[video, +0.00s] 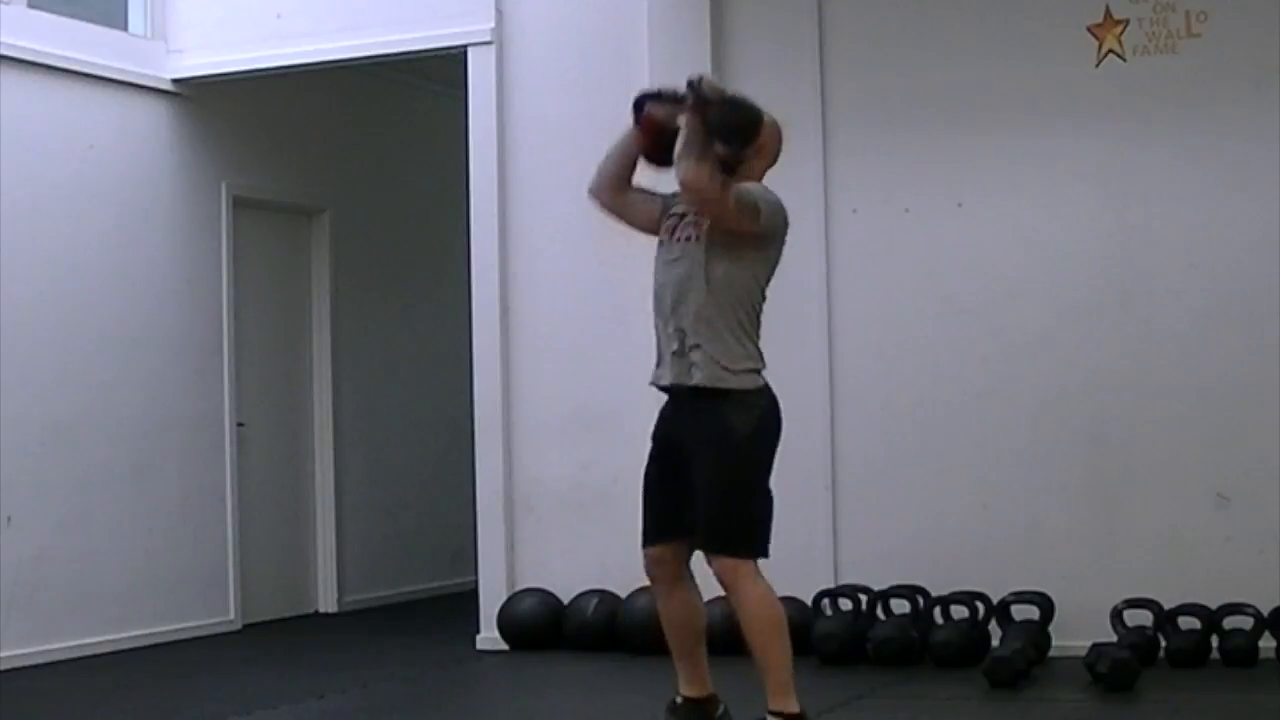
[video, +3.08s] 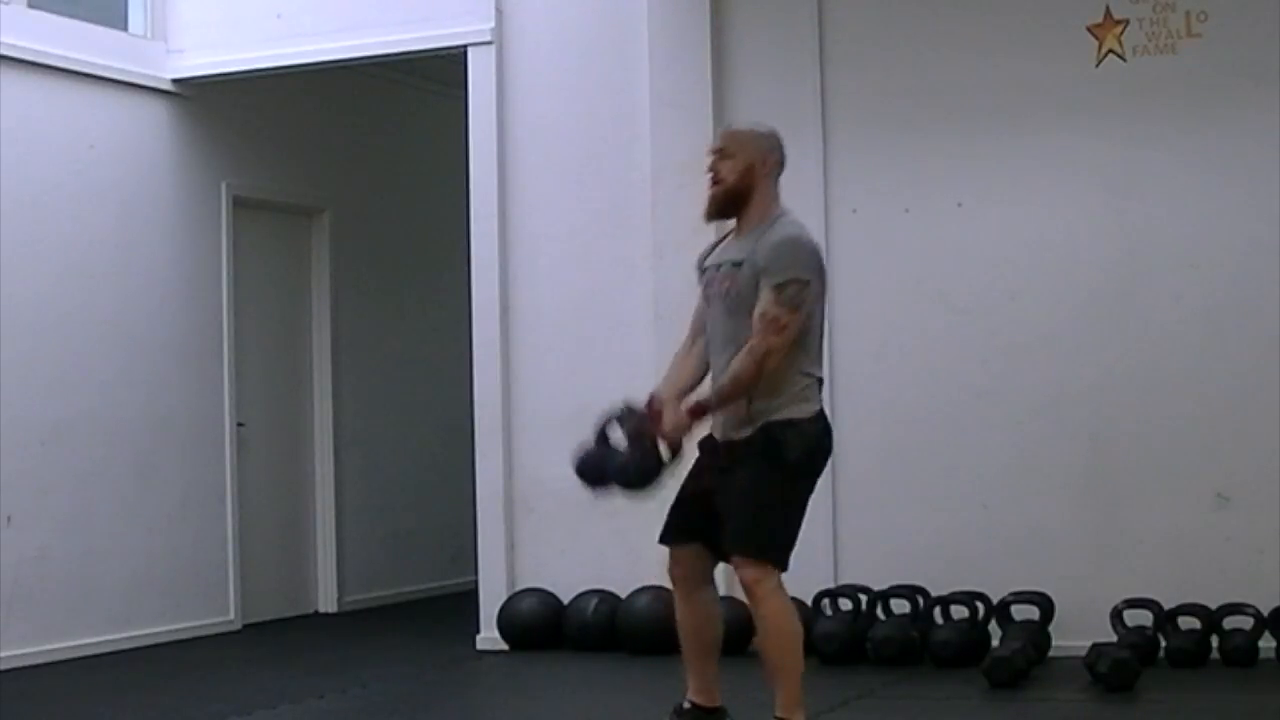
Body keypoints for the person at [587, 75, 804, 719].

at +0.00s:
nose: (681, 155)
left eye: (690, 144)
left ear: (720, 150)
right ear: (737, 148)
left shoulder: (765, 212)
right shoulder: (678, 213)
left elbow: (698, 192)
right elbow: (610, 190)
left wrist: (692, 125)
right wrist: (640, 131)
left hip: (739, 410)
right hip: (682, 409)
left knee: (732, 561)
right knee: (664, 560)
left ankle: (785, 709)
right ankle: (695, 699)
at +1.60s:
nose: (703, 150)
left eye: (718, 141)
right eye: (705, 140)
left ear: (755, 160)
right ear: (708, 159)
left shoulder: (773, 229)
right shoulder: (695, 233)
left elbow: (710, 288)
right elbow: (641, 298)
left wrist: (718, 198)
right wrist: (650, 226)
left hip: (743, 425)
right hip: (686, 425)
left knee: (751, 573)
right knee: (686, 569)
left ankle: (791, 712)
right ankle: (704, 705)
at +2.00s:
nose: (710, 149)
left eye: (724, 138)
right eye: (712, 139)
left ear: (762, 152)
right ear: (747, 154)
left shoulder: (787, 224)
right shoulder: (710, 238)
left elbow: (778, 310)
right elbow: (673, 324)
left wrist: (690, 291)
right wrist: (618, 297)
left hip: (774, 421)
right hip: (719, 423)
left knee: (768, 568)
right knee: (698, 560)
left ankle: (792, 712)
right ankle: (704, 704)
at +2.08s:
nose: (709, 153)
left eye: (724, 143)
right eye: (711, 143)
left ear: (763, 157)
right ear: (741, 159)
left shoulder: (786, 230)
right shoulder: (707, 244)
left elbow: (776, 323)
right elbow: (678, 327)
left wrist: (687, 335)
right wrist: (613, 336)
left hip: (787, 426)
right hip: (730, 431)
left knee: (769, 568)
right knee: (694, 563)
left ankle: (791, 712)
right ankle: (704, 704)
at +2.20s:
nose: (695, 172)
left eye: (708, 163)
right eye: (698, 163)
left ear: (747, 179)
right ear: (732, 181)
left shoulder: (777, 259)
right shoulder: (703, 271)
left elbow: (747, 363)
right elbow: (668, 357)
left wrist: (681, 433)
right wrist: (612, 420)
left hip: (802, 442)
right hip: (741, 445)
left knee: (768, 570)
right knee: (682, 559)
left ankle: (792, 712)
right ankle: (702, 704)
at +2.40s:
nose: (621, 221)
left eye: (635, 210)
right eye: (624, 210)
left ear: (677, 222)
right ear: (657, 226)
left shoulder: (721, 304)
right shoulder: (649, 318)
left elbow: (727, 424)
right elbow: (666, 418)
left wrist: (727, 519)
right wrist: (681, 511)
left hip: (794, 453)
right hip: (734, 461)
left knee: (762, 574)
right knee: (658, 555)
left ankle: (791, 712)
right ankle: (699, 702)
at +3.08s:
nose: (710, 169)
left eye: (722, 158)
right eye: (711, 159)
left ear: (761, 167)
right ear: (746, 171)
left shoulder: (789, 245)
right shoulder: (718, 253)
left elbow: (765, 350)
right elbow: (700, 341)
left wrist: (695, 408)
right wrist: (662, 401)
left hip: (785, 435)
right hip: (730, 437)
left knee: (755, 569)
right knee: (687, 562)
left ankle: (791, 712)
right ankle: (703, 705)